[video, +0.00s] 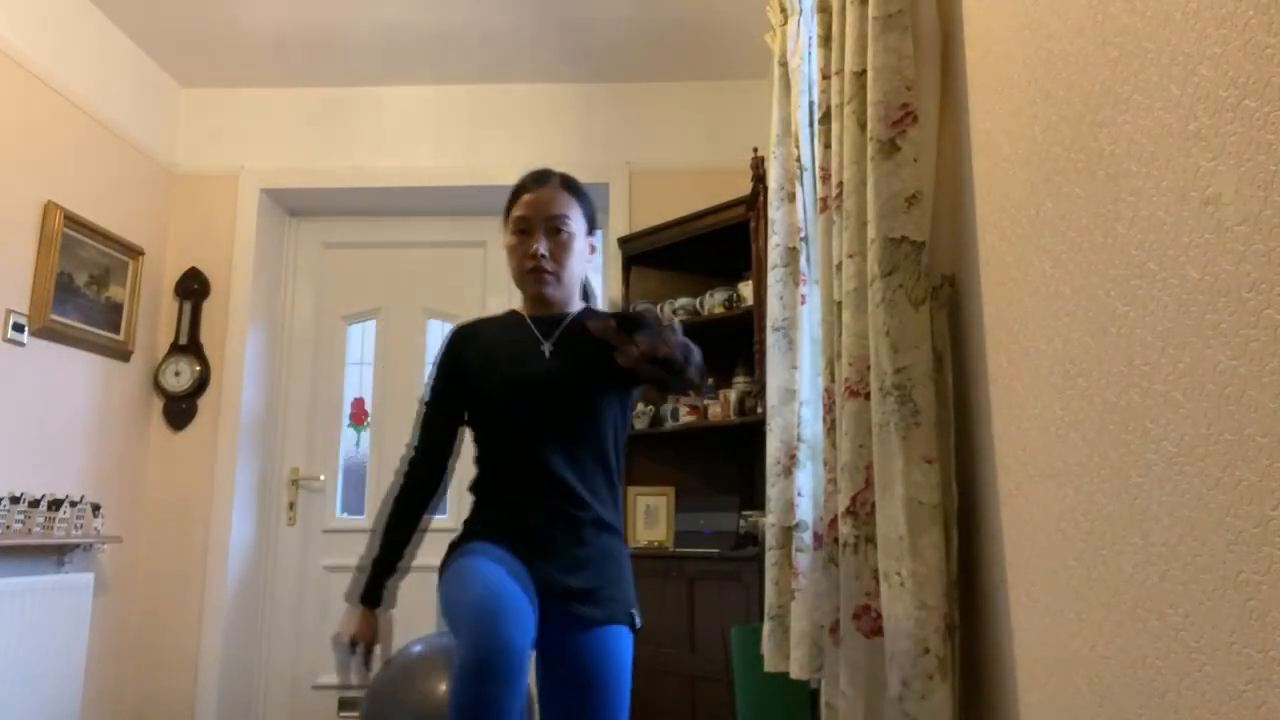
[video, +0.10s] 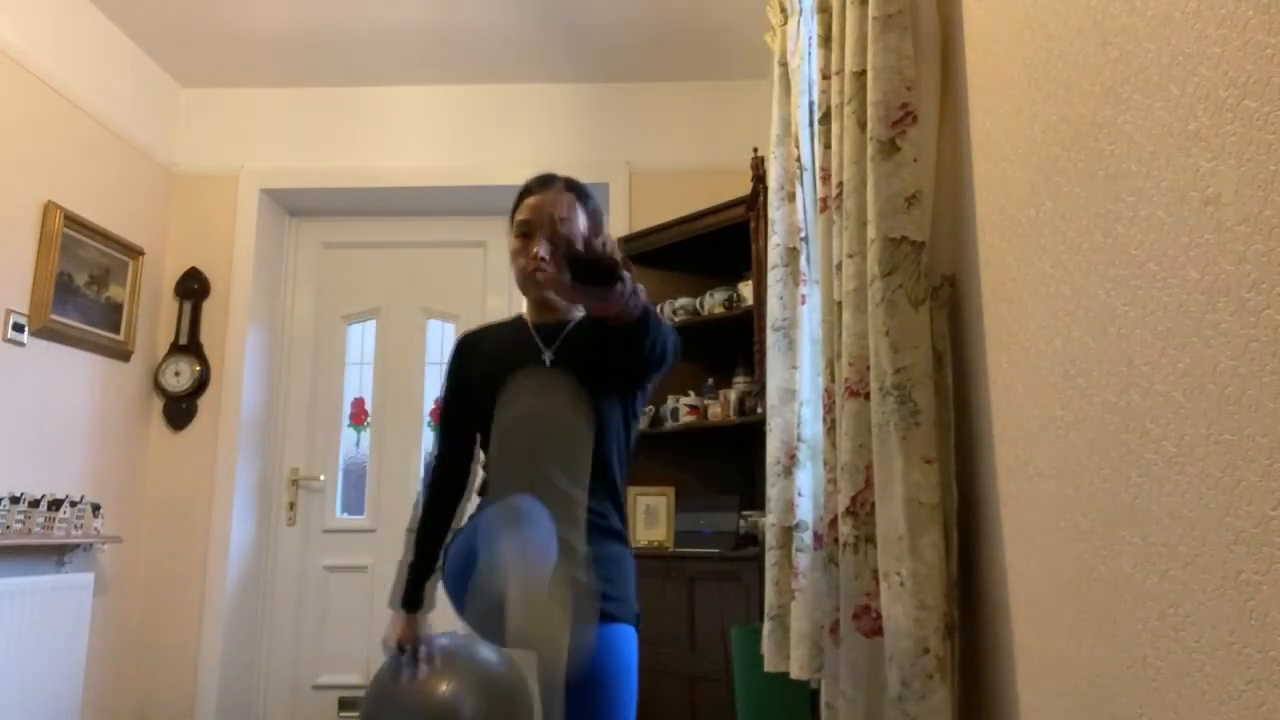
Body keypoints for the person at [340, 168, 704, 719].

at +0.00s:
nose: (537, 247)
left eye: (557, 231)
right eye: (522, 231)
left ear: (590, 248)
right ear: (505, 245)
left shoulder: (621, 336)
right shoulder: (473, 344)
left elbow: (685, 373)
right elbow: (425, 471)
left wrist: (664, 352)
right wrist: (369, 596)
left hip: (591, 555)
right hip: (495, 547)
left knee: (601, 709)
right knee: (496, 646)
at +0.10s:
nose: (536, 249)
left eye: (557, 234)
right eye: (524, 232)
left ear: (593, 251)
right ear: (509, 246)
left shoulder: (621, 342)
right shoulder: (480, 350)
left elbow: (652, 347)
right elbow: (448, 477)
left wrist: (619, 305)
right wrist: (411, 599)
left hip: (595, 576)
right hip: (493, 567)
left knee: (606, 709)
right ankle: (524, 701)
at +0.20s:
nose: (534, 253)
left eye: (550, 241)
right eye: (523, 240)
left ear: (578, 257)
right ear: (509, 258)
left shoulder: (627, 348)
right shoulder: (480, 361)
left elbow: (629, 326)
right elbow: (462, 483)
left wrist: (595, 275)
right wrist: (444, 607)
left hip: (596, 589)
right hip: (493, 587)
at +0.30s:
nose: (540, 251)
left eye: (559, 238)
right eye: (527, 239)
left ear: (594, 257)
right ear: (512, 258)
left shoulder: (630, 352)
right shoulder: (483, 361)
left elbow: (635, 313)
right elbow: (467, 490)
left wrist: (616, 245)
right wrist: (460, 616)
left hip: (596, 596)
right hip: (498, 594)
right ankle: (559, 384)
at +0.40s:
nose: (542, 249)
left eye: (562, 232)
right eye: (528, 234)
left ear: (601, 250)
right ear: (513, 250)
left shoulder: (629, 340)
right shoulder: (481, 353)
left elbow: (653, 331)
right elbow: (468, 483)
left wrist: (649, 280)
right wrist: (458, 603)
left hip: (598, 593)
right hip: (499, 593)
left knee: (604, 710)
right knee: (493, 712)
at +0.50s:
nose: (542, 240)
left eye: (562, 223)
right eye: (528, 226)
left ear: (600, 245)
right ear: (514, 245)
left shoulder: (626, 331)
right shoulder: (482, 342)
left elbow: (655, 338)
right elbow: (457, 475)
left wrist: (683, 334)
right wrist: (433, 600)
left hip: (603, 559)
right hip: (502, 549)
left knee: (608, 708)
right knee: (514, 680)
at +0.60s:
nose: (542, 239)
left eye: (562, 223)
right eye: (528, 225)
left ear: (597, 243)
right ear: (511, 243)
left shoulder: (635, 337)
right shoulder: (476, 336)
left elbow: (693, 389)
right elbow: (434, 467)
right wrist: (391, 591)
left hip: (602, 589)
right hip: (495, 583)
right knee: (502, 710)